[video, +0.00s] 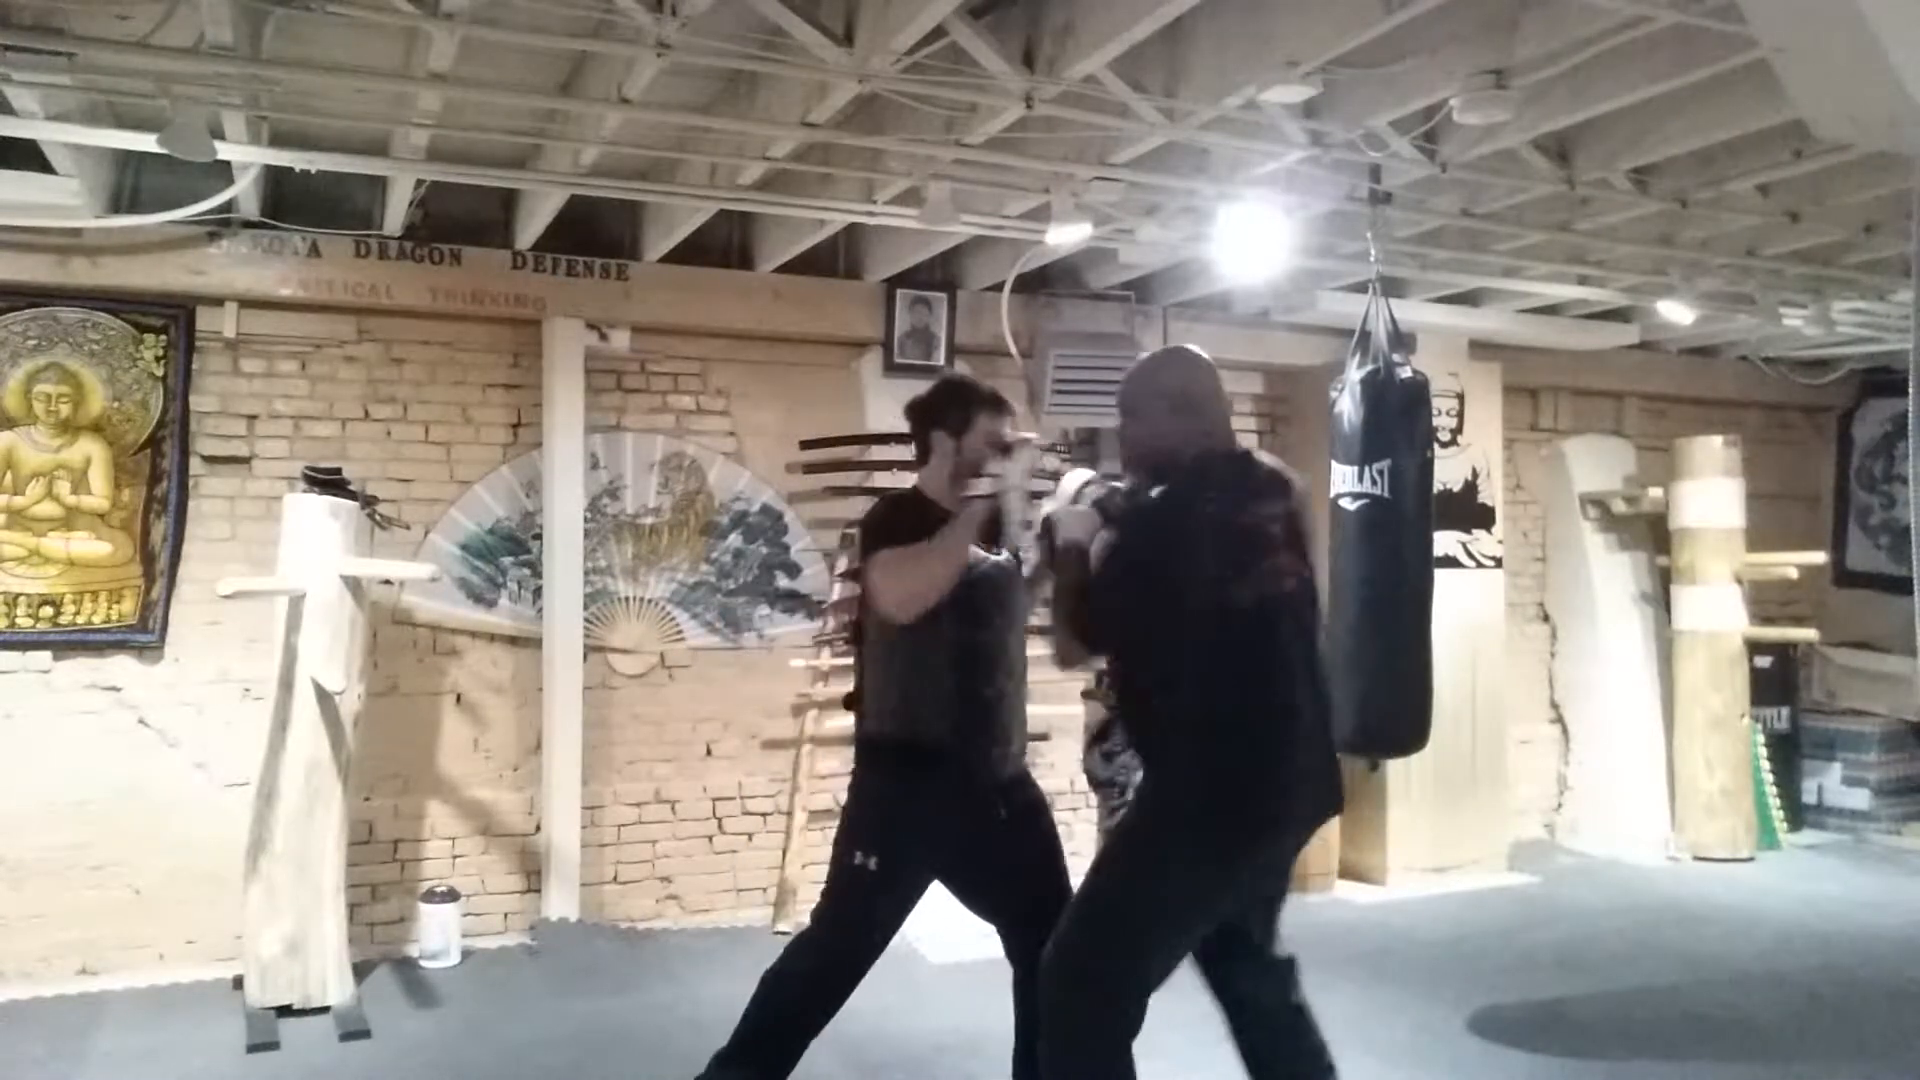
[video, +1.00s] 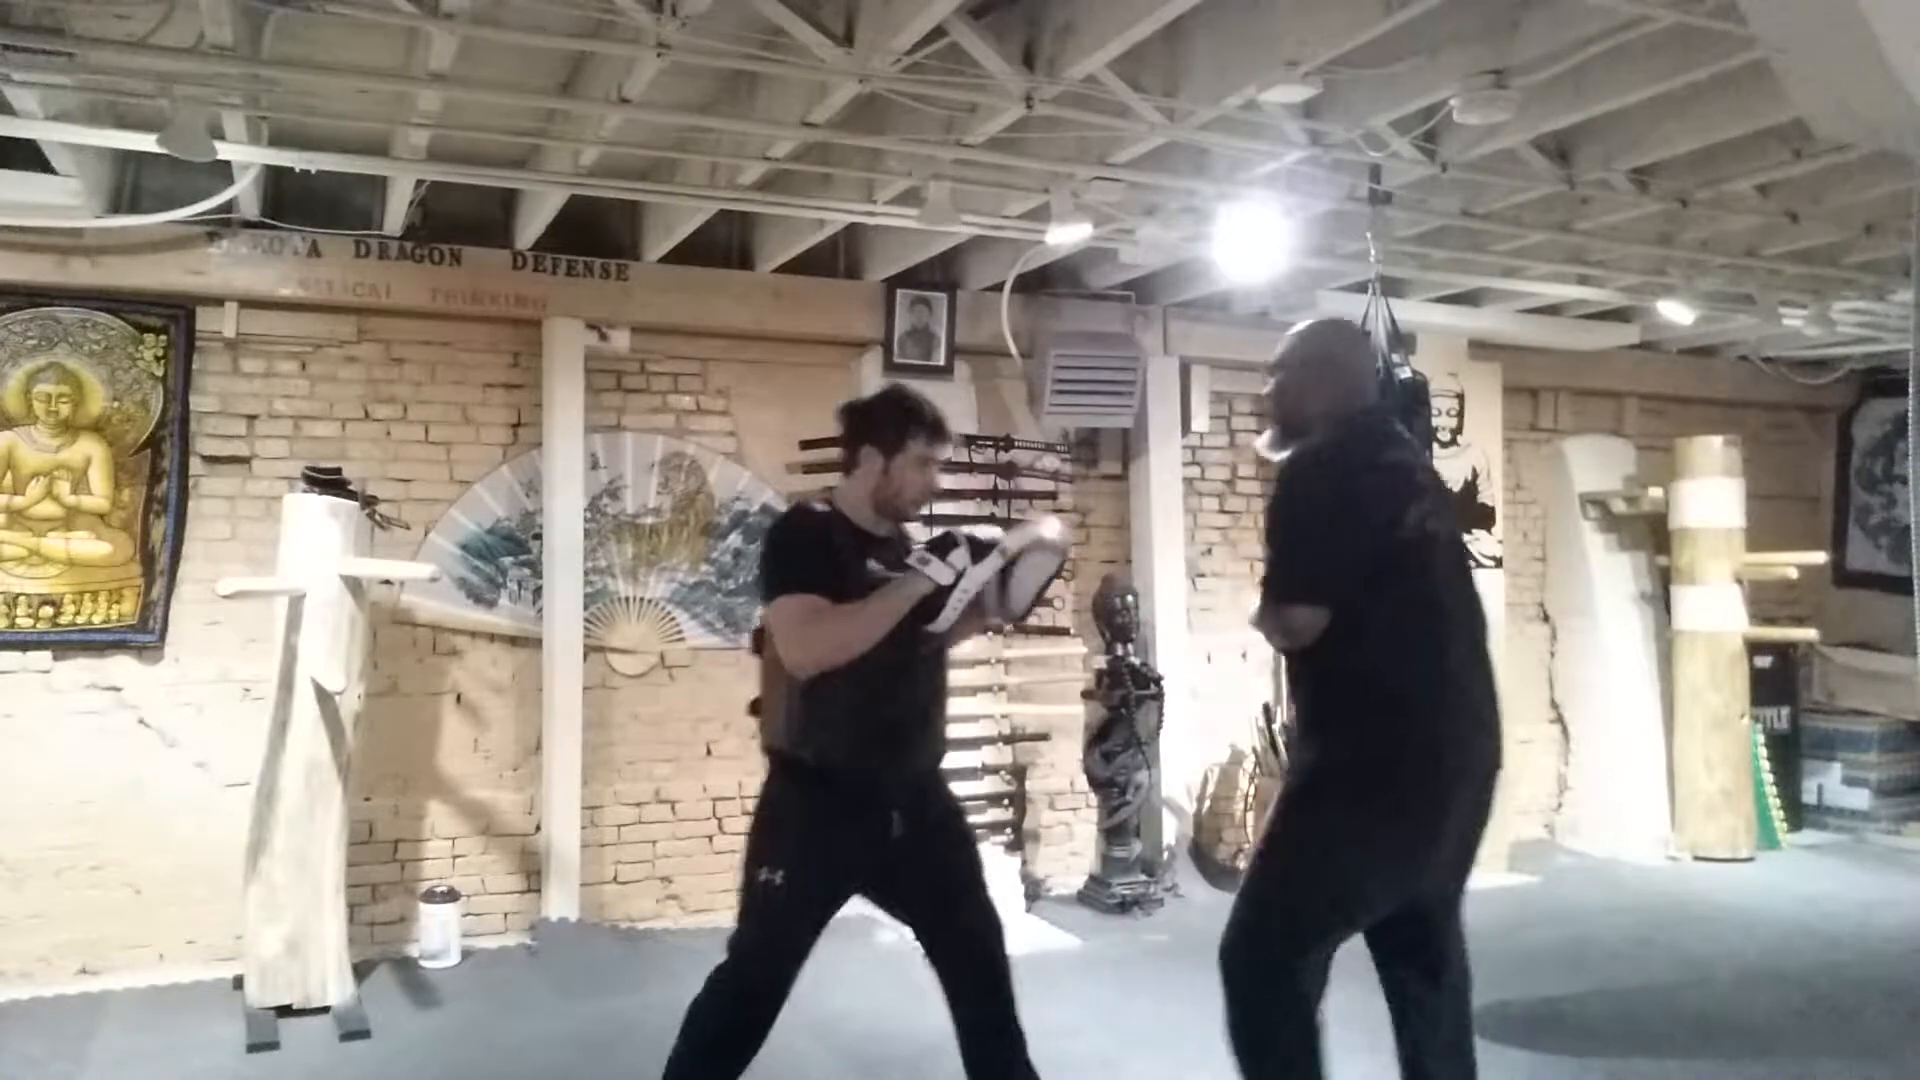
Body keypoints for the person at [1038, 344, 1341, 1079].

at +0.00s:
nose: (1119, 431)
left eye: (1130, 414)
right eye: (1121, 415)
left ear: (1172, 417)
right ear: (1212, 414)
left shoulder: (1168, 515)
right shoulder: (1270, 491)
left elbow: (1088, 629)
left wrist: (1070, 553)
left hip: (1209, 793)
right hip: (1291, 778)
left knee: (1082, 979)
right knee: (1240, 951)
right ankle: (1304, 1074)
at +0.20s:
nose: (1084, 459)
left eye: (1094, 439)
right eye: (1083, 442)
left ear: (1149, 432)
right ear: (1151, 433)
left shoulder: (1246, 531)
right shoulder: (1122, 512)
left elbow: (1217, 697)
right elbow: (1001, 570)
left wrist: (1113, 569)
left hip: (1228, 808)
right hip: (1161, 796)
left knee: (1061, 987)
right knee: (1206, 976)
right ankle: (1290, 1074)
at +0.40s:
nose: (1083, 439)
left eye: (1095, 420)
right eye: (1082, 421)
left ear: (1148, 419)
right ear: (1151, 421)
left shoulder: (1222, 518)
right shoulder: (1147, 512)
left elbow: (1183, 684)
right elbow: (1096, 618)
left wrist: (1085, 579)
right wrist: (1035, 533)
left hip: (1225, 803)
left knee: (1089, 989)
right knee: (1241, 966)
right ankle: (1312, 1079)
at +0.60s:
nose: (1137, 410)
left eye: (1148, 392)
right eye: (1140, 392)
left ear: (1188, 398)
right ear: (1218, 396)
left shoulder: (1218, 494)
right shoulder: (1272, 474)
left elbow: (1154, 652)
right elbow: (1226, 586)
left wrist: (1088, 583)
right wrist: (1140, 551)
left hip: (1263, 777)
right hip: (1326, 763)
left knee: (1150, 991)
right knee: (1297, 951)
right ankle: (1390, 1075)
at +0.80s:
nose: (1218, 411)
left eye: (1229, 393)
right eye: (1220, 393)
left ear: (1269, 398)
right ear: (1308, 397)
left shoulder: (1274, 490)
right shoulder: (1365, 476)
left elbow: (1269, 650)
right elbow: (1354, 637)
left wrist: (1207, 627)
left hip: (1317, 787)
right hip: (1399, 771)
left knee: (1216, 1026)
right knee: (1386, 970)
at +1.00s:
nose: (1269, 389)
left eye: (1282, 375)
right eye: (1273, 374)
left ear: (1325, 382)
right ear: (1354, 382)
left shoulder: (1321, 469)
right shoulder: (1404, 462)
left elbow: (1295, 619)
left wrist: (1264, 617)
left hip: (1373, 763)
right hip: (1452, 755)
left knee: (1263, 956)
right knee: (1421, 951)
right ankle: (1443, 1072)